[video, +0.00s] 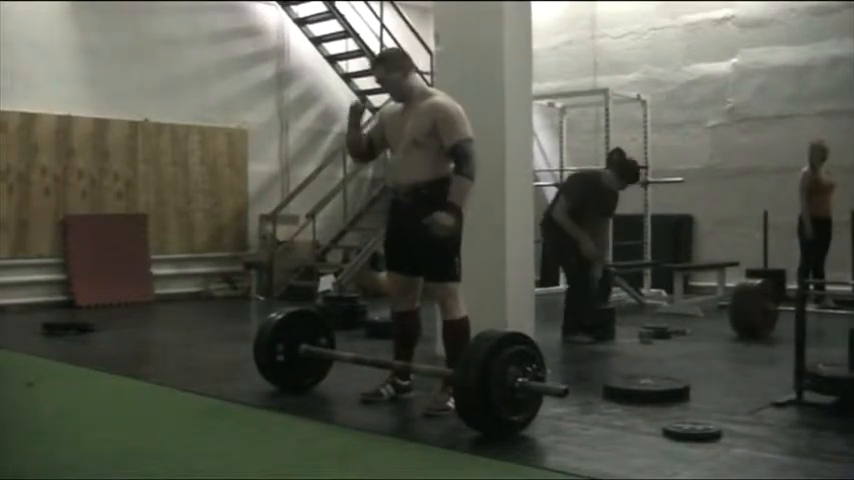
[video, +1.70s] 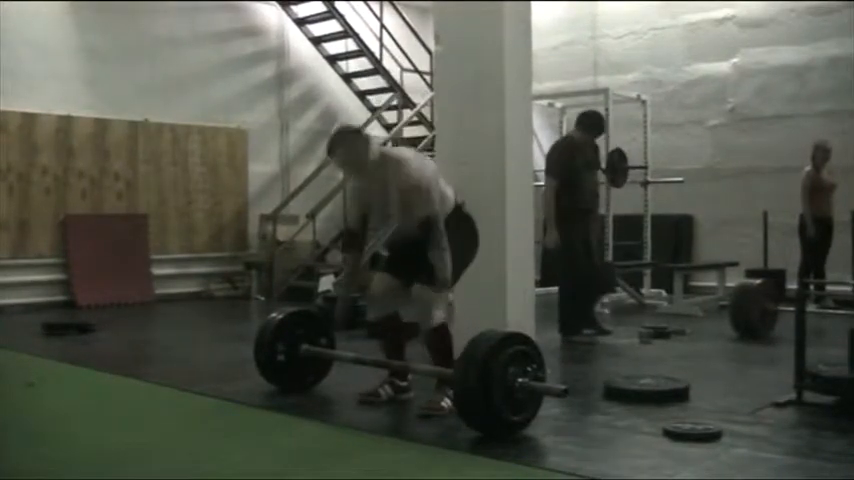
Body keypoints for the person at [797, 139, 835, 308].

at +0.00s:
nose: (819, 159)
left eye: (821, 155)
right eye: (816, 155)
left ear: (825, 157)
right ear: (810, 156)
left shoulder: (824, 175)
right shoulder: (807, 175)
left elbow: (824, 200)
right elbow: (804, 202)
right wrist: (807, 224)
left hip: (823, 220)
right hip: (810, 220)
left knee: (819, 259)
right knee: (807, 258)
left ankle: (820, 293)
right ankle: (803, 293)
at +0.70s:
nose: (823, 158)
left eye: (825, 155)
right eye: (820, 155)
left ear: (828, 157)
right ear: (813, 155)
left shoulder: (823, 175)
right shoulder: (809, 175)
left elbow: (824, 200)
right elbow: (805, 202)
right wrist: (808, 224)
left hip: (824, 220)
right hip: (811, 220)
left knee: (819, 260)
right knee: (808, 259)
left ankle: (820, 294)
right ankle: (803, 293)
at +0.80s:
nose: (824, 159)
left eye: (826, 155)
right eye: (821, 155)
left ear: (828, 157)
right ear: (814, 155)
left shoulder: (824, 175)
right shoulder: (810, 175)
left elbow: (825, 199)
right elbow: (806, 202)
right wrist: (809, 224)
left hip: (825, 220)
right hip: (812, 220)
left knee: (820, 259)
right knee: (809, 258)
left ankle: (821, 294)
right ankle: (803, 293)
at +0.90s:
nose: (824, 159)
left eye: (826, 155)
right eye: (821, 155)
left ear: (828, 157)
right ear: (814, 155)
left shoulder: (824, 175)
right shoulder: (810, 175)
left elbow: (825, 200)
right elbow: (806, 202)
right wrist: (809, 224)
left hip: (825, 220)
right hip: (812, 220)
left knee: (820, 260)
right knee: (809, 259)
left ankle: (820, 294)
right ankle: (803, 293)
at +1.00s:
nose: (824, 159)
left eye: (826, 155)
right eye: (821, 155)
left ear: (828, 157)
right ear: (814, 155)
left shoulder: (823, 175)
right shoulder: (809, 175)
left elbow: (824, 200)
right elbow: (806, 202)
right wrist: (809, 224)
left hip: (825, 220)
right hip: (811, 220)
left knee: (820, 259)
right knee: (808, 259)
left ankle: (820, 293)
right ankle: (803, 293)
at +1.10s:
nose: (824, 159)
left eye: (826, 155)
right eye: (821, 155)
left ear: (828, 157)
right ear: (814, 155)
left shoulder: (824, 175)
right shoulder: (809, 175)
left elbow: (824, 199)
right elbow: (805, 201)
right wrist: (809, 224)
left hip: (824, 220)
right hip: (811, 220)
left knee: (820, 259)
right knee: (808, 258)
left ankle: (820, 294)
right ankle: (802, 293)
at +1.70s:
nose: (824, 159)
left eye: (826, 156)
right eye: (821, 155)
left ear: (828, 157)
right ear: (814, 155)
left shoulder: (824, 175)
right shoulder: (809, 174)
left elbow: (825, 200)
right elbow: (805, 201)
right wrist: (809, 224)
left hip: (824, 221)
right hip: (811, 220)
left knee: (820, 260)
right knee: (808, 259)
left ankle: (820, 294)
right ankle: (803, 293)